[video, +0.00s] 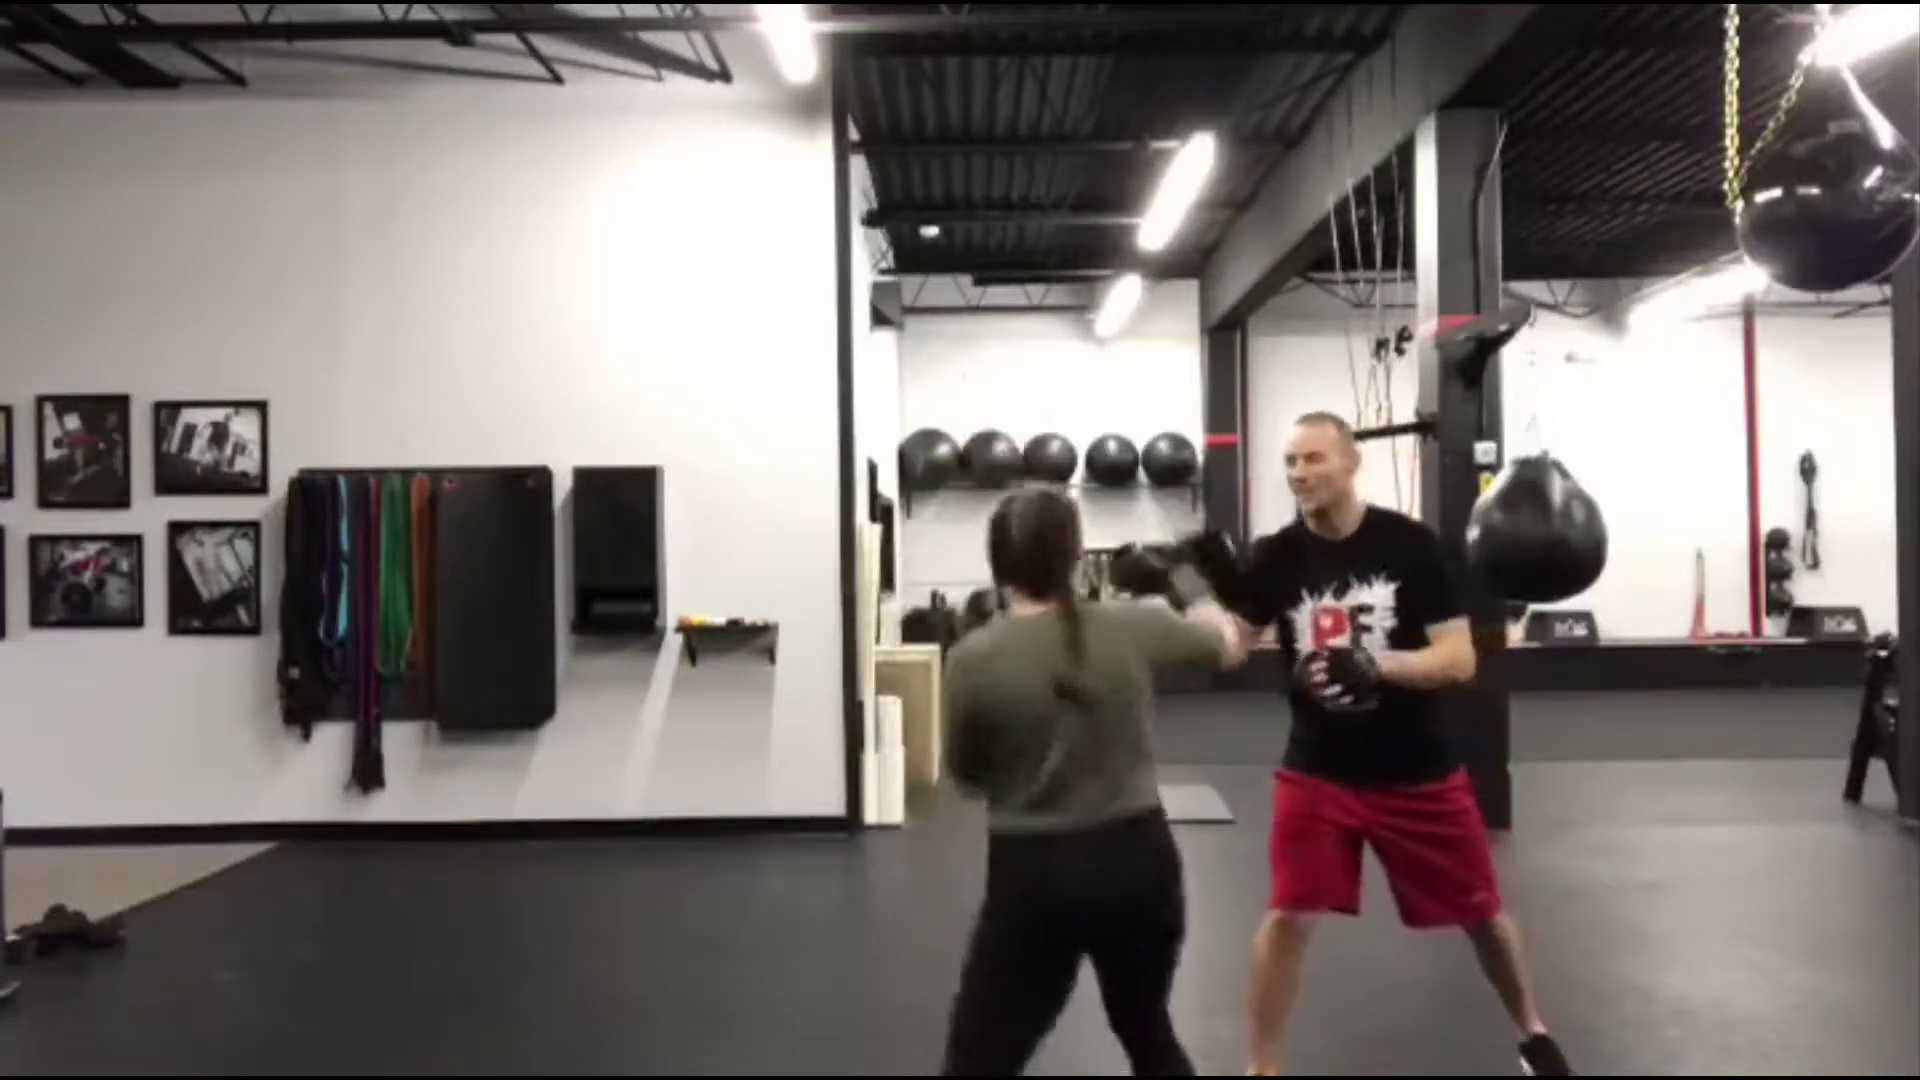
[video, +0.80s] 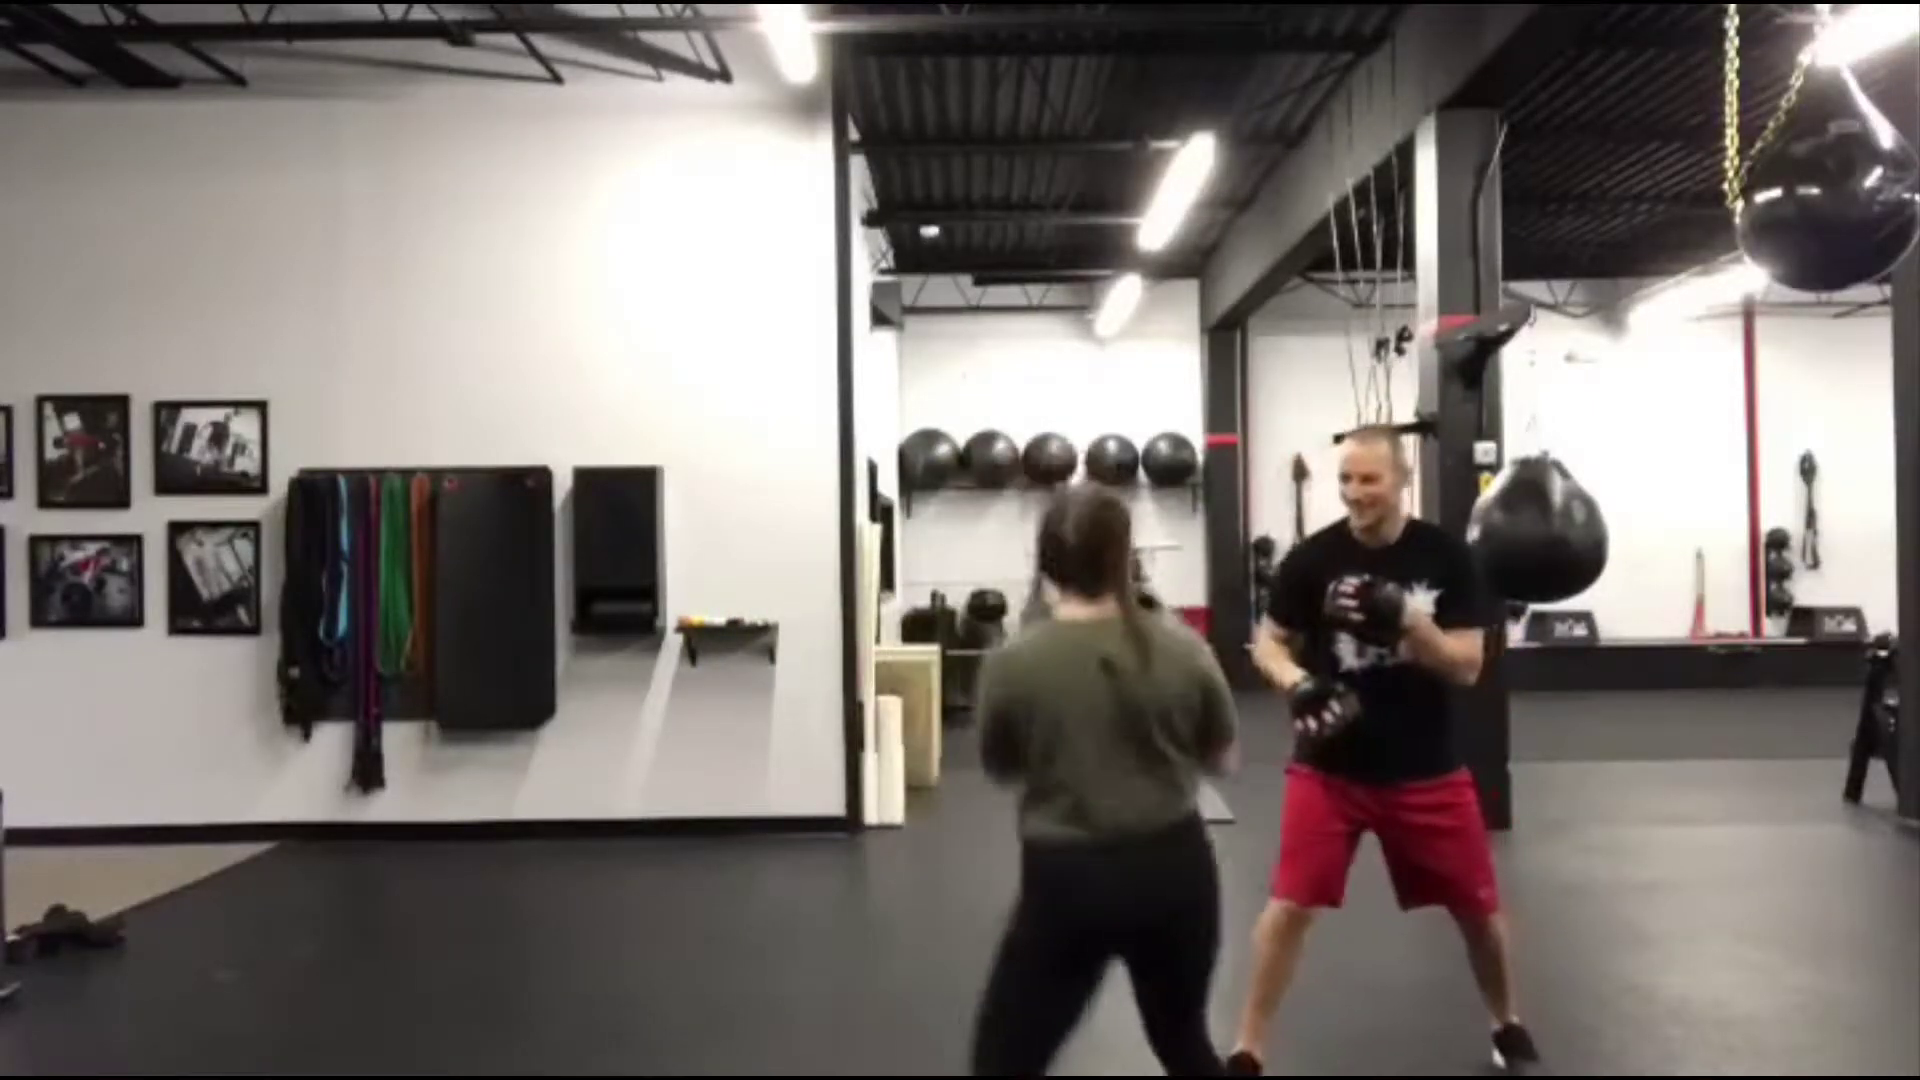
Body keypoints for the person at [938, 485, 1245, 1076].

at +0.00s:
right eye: (1072, 541)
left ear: (998, 559)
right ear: (1075, 553)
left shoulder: (974, 659)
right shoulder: (1130, 627)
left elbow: (966, 771)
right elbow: (1219, 643)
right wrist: (1196, 605)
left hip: (1032, 878)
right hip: (1137, 862)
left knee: (980, 1059)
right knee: (1147, 1027)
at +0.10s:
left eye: (994, 502)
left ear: (993, 513)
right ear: (1071, 512)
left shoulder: (957, 611)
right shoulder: (1121, 596)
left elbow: (941, 713)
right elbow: (1195, 680)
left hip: (1004, 833)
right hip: (1109, 824)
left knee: (953, 1039)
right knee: (1141, 1019)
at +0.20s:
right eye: (1068, 494)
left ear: (989, 503)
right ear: (1067, 504)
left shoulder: (937, 595)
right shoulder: (1112, 601)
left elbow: (926, 699)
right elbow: (1156, 720)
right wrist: (1085, 676)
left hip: (967, 820)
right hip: (1074, 820)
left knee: (928, 1035)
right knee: (1114, 1012)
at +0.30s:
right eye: (1060, 538)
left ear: (979, 543)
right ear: (1058, 550)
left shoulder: (924, 635)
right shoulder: (1096, 652)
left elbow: (910, 728)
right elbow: (1123, 771)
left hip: (932, 872)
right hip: (1041, 877)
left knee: (916, 1060)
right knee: (1087, 1045)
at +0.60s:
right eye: (1079, 494)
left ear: (999, 499)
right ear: (1079, 504)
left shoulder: (947, 596)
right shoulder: (1123, 604)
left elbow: (932, 694)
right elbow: (1158, 721)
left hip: (975, 833)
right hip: (1084, 835)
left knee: (943, 1035)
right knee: (1131, 1009)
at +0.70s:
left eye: (1024, 501)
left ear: (1023, 509)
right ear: (1102, 507)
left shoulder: (981, 609)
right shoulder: (1152, 603)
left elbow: (966, 710)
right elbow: (1194, 717)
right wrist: (1120, 683)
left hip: (1023, 836)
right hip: (1133, 831)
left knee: (973, 1035)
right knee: (1156, 1011)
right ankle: (1201, 1072)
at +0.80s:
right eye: (1127, 546)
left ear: (1046, 564)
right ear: (1126, 558)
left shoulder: (1016, 661)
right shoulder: (1181, 649)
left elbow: (1000, 761)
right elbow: (1219, 749)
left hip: (1067, 889)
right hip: (1176, 878)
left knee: (1006, 1058)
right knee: (1183, 1038)